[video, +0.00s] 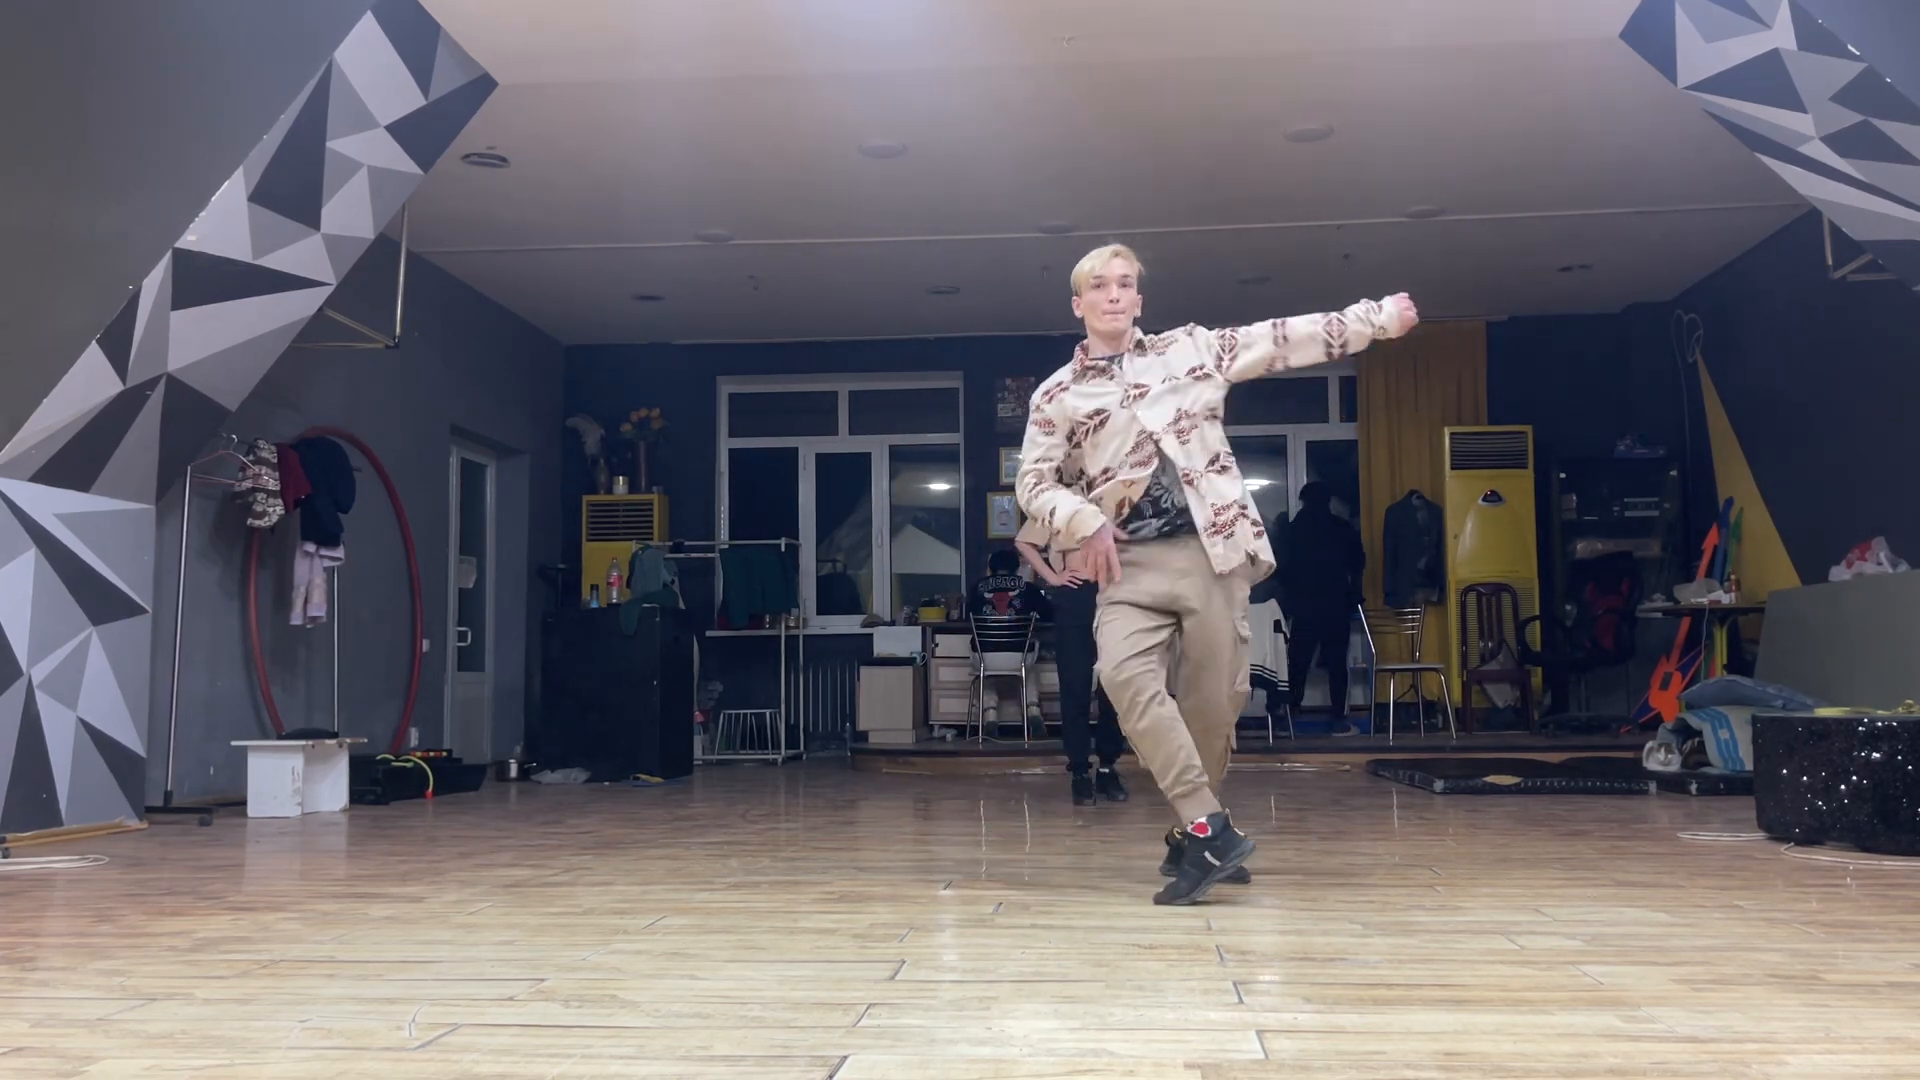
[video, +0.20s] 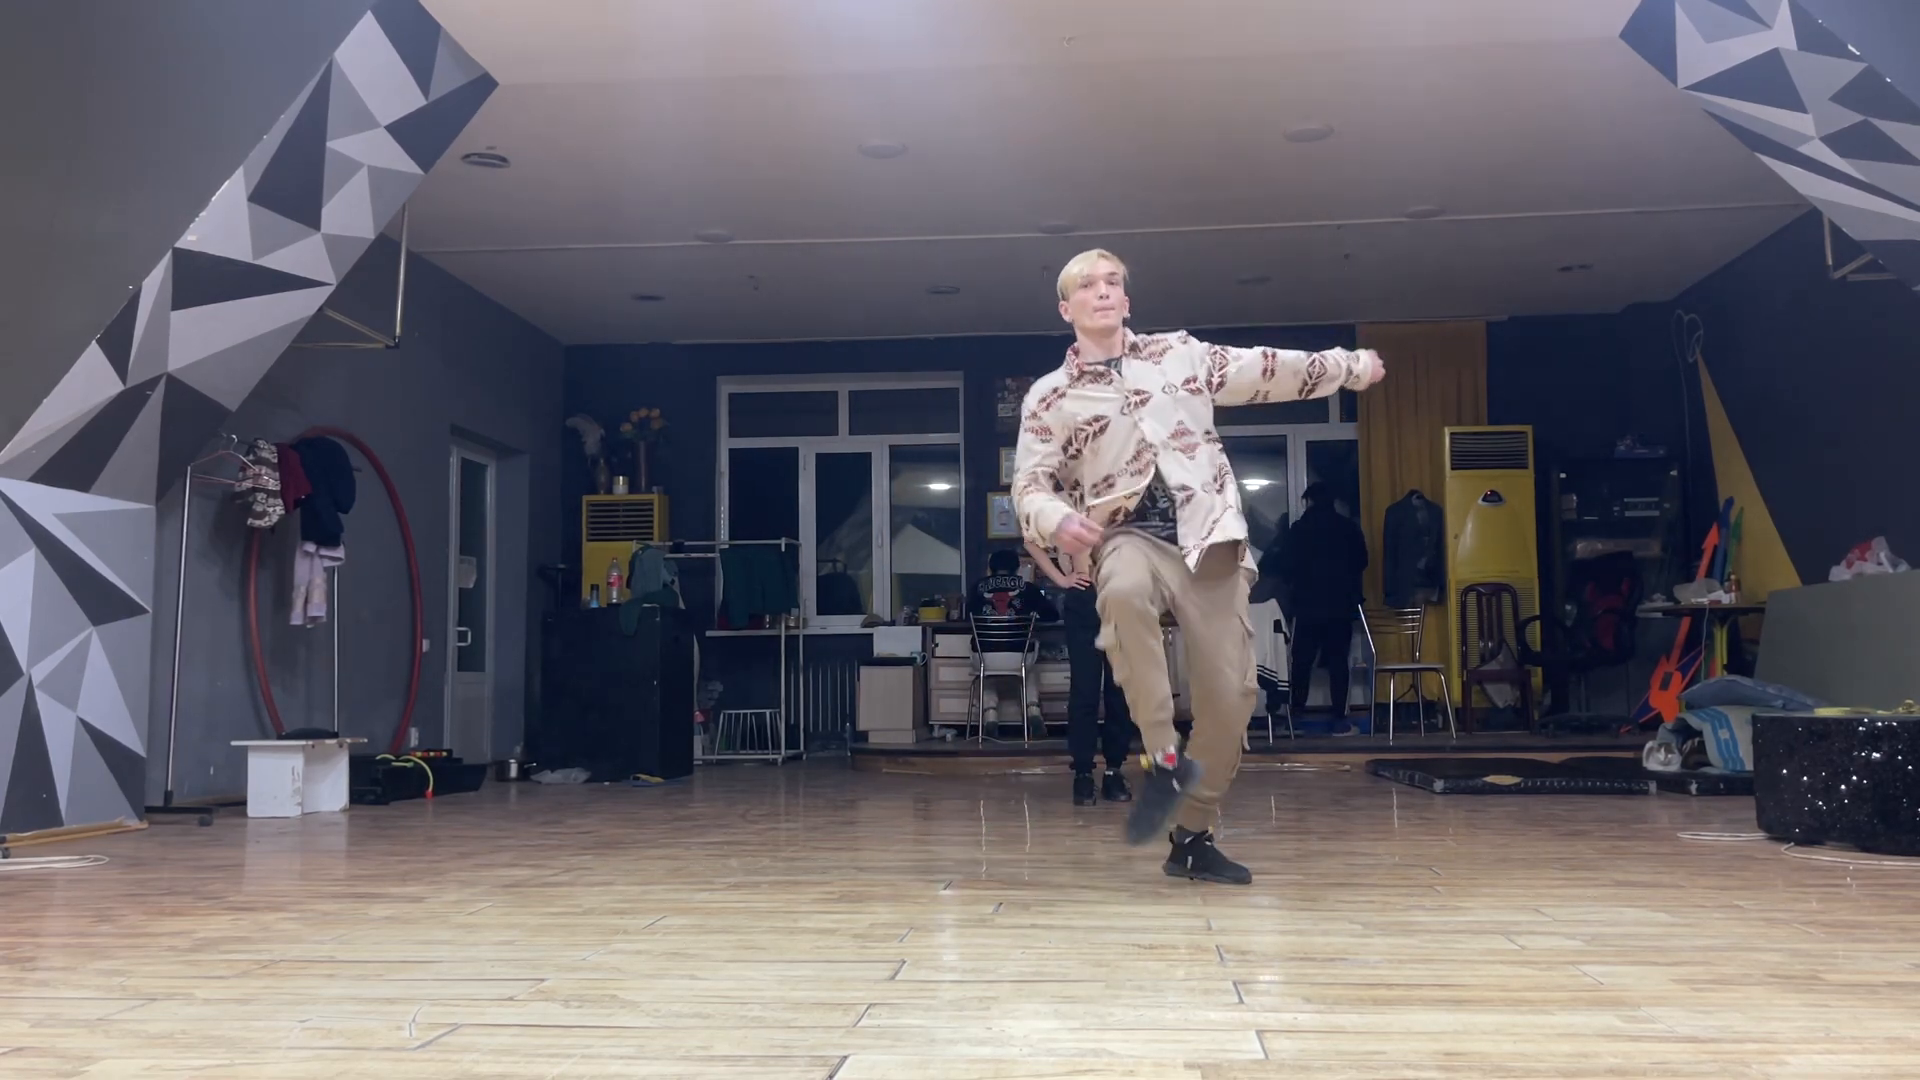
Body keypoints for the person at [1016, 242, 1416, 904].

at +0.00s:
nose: (1115, 294)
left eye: (1125, 284)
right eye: (1100, 285)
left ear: (1140, 297)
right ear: (1077, 302)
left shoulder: (1190, 349)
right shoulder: (1057, 397)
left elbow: (1278, 339)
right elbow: (1032, 484)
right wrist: (1084, 522)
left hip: (1211, 551)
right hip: (1127, 561)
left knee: (1210, 704)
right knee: (1127, 680)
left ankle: (1189, 840)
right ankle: (1211, 827)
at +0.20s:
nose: (1105, 293)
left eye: (1113, 283)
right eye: (1091, 286)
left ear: (1127, 298)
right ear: (1066, 308)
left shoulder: (1180, 355)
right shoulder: (1049, 397)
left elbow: (1264, 369)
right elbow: (1030, 487)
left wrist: (1346, 366)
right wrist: (1056, 520)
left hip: (1211, 536)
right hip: (1130, 536)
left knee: (1230, 693)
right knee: (1123, 592)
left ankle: (1195, 837)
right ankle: (1162, 758)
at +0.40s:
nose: (1086, 231)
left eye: (1091, 220)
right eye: (1070, 223)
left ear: (1101, 232)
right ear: (1041, 243)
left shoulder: (1118, 317)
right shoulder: (1033, 314)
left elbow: (1156, 421)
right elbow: (1017, 410)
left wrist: (1208, 491)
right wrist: (991, 483)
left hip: (1174, 496)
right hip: (1111, 500)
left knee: (1275, 562)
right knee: (1120, 649)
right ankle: (1058, 810)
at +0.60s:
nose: (1079, 250)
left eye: (1084, 241)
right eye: (1064, 240)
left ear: (1090, 256)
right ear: (1030, 257)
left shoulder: (1092, 333)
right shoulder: (1011, 333)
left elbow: (1107, 437)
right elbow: (992, 407)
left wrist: (1149, 497)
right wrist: (970, 420)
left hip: (1124, 523)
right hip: (1057, 529)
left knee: (1227, 604)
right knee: (1050, 675)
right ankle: (1031, 837)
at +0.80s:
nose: (1091, 285)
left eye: (1097, 275)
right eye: (1076, 274)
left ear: (1104, 289)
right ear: (1043, 286)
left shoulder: (1110, 386)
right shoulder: (1005, 359)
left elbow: (1147, 458)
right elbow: (970, 456)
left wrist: (1223, 485)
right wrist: (1034, 483)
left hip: (1070, 547)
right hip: (997, 534)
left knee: (1097, 689)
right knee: (1081, 617)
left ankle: (1048, 841)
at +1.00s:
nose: (1093, 339)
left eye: (1096, 328)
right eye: (1078, 329)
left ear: (1099, 339)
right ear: (1043, 343)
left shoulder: (1081, 402)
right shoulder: (1027, 389)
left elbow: (1121, 450)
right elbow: (1087, 424)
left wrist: (1135, 410)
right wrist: (1124, 390)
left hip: (1011, 595)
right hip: (948, 581)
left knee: (1083, 691)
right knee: (878, 709)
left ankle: (1044, 841)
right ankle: (790, 828)